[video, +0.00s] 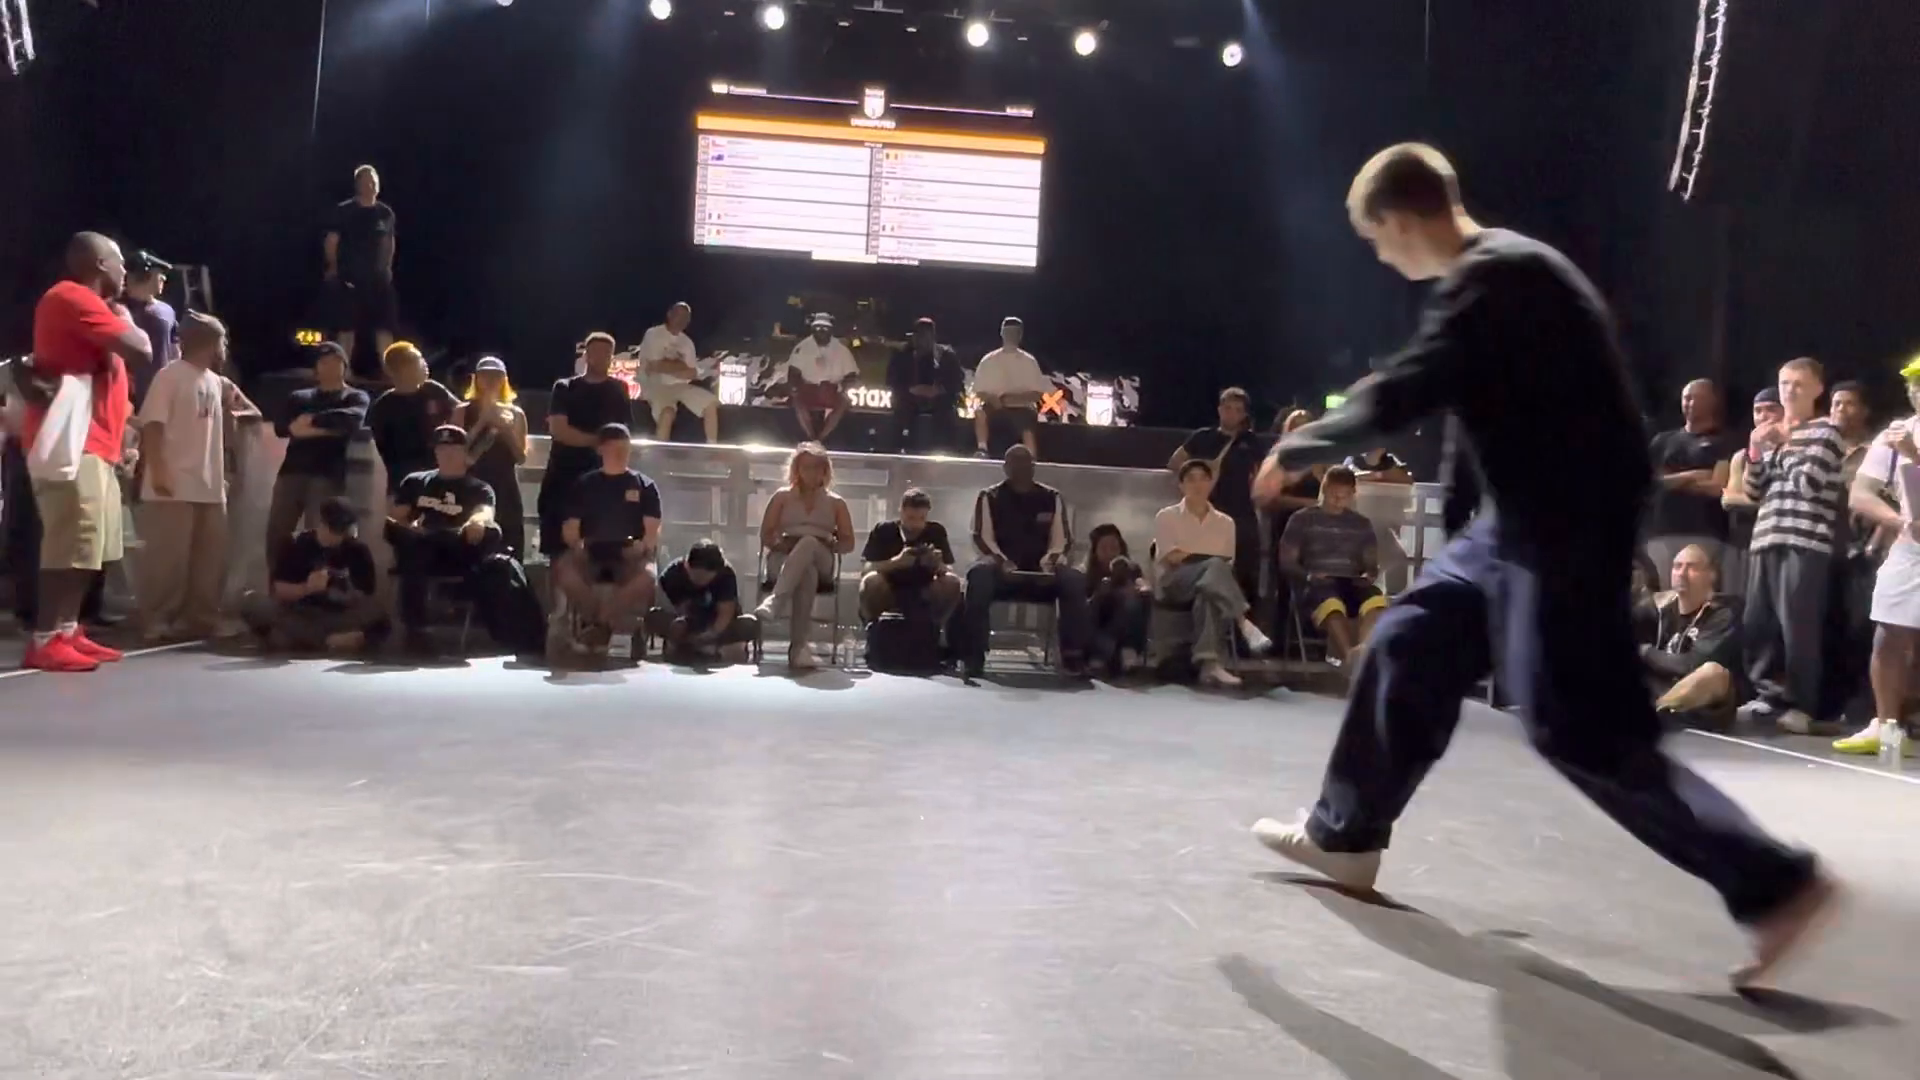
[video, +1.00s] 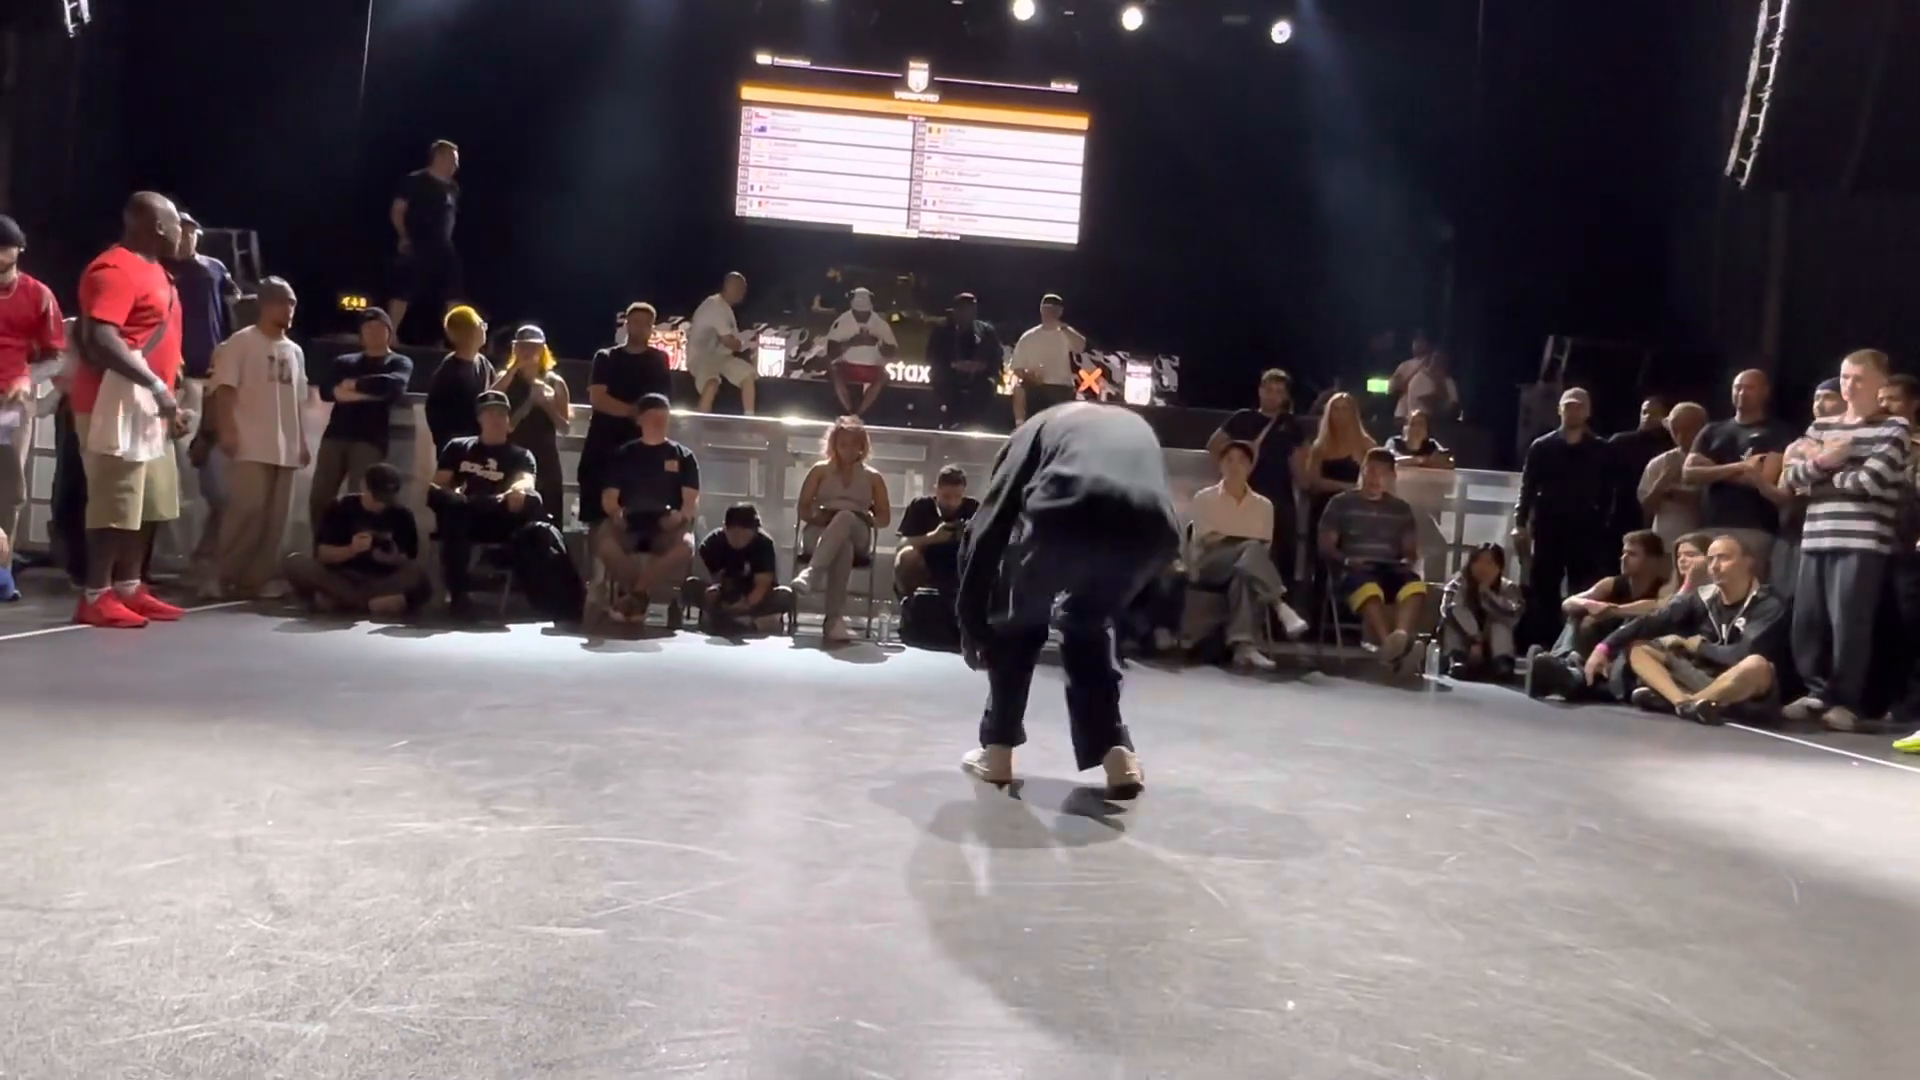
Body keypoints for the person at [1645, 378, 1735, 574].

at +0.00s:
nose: (1688, 404)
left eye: (1694, 398)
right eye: (1685, 398)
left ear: (1712, 402)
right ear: (1681, 402)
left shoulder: (1725, 441)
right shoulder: (1662, 441)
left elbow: (1719, 485)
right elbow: (1653, 480)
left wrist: (1676, 483)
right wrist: (1699, 475)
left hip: (1706, 533)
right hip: (1662, 532)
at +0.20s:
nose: (1706, 400)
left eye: (1712, 395)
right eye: (1702, 394)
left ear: (1727, 398)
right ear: (1696, 398)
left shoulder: (1738, 438)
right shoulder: (1676, 436)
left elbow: (1731, 483)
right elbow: (1655, 476)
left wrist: (1680, 476)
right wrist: (1705, 472)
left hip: (1719, 529)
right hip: (1677, 529)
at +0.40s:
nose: (1716, 396)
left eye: (1723, 391)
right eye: (1713, 391)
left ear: (1739, 395)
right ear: (1708, 395)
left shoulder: (1751, 436)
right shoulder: (1689, 433)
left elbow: (1745, 480)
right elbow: (1666, 474)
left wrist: (1694, 474)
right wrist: (1716, 469)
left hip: (1731, 528)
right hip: (1688, 527)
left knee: (1726, 599)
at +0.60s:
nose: (1729, 394)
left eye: (1737, 389)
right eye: (1726, 388)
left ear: (1753, 393)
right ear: (1720, 392)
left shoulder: (1766, 434)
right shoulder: (1700, 431)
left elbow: (1755, 482)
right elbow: (1677, 473)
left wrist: (1702, 470)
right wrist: (1729, 468)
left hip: (1744, 528)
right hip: (1701, 525)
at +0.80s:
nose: (1737, 393)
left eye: (1744, 388)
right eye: (1734, 388)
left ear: (1761, 392)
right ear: (1728, 392)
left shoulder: (1773, 433)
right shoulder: (1708, 430)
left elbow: (1762, 478)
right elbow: (1685, 472)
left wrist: (1710, 470)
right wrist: (1737, 467)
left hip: (1751, 528)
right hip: (1709, 525)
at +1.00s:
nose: (1741, 393)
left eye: (1748, 388)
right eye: (1737, 388)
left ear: (1764, 393)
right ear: (1732, 392)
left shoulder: (1778, 434)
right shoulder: (1712, 430)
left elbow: (1764, 481)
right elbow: (1689, 472)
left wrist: (1713, 470)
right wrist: (1742, 467)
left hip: (1755, 529)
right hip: (1713, 525)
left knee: (1749, 601)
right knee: (1710, 598)